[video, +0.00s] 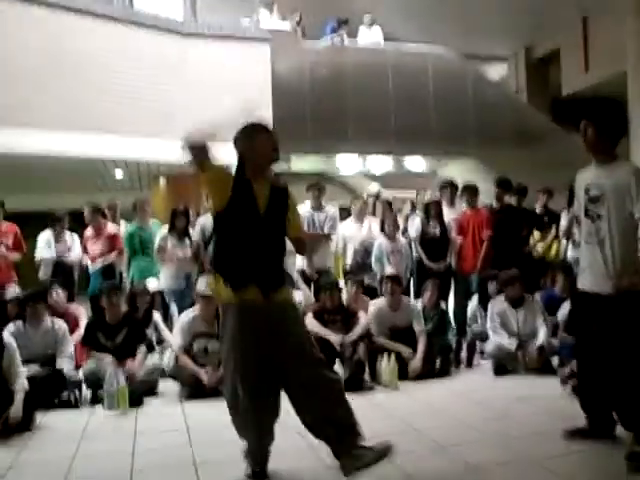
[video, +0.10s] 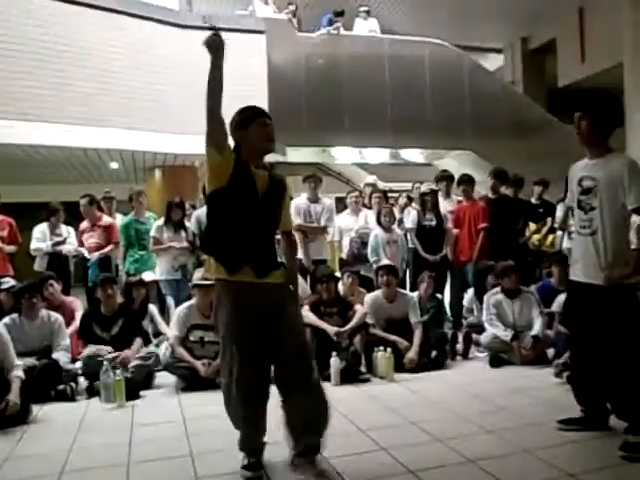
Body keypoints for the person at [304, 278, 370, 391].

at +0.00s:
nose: (330, 298)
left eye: (333, 293)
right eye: (326, 294)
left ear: (339, 294)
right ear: (319, 296)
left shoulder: (349, 311)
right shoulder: (315, 313)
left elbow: (363, 321)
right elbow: (310, 324)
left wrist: (349, 338)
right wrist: (332, 337)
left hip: (349, 348)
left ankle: (354, 380)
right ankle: (324, 383)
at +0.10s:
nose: (326, 288)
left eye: (329, 284)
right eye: (321, 284)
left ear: (335, 285)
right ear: (316, 287)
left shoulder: (343, 301)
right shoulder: (312, 302)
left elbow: (362, 311)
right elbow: (305, 314)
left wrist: (346, 330)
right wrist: (328, 328)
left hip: (344, 345)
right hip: (321, 344)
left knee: (360, 328)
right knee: (309, 330)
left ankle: (356, 367)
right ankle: (318, 370)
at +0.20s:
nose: (327, 287)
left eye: (330, 283)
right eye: (322, 283)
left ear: (337, 283)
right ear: (317, 286)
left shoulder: (344, 300)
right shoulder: (315, 301)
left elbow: (363, 310)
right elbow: (306, 313)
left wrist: (348, 329)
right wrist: (329, 327)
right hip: (324, 345)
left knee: (360, 329)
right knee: (311, 329)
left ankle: (361, 366)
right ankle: (314, 368)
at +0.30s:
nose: (329, 288)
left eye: (332, 283)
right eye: (325, 284)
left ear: (338, 284)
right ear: (319, 287)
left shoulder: (346, 300)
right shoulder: (316, 302)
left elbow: (365, 310)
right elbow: (307, 314)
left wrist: (351, 328)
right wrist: (331, 328)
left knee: (362, 330)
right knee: (313, 331)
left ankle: (364, 367)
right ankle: (316, 369)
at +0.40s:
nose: (329, 288)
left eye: (333, 284)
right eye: (325, 285)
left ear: (338, 285)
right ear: (320, 288)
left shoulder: (345, 301)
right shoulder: (317, 302)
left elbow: (365, 310)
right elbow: (308, 313)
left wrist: (350, 329)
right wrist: (331, 329)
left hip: (348, 345)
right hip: (325, 344)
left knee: (363, 327)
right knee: (315, 331)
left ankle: (358, 368)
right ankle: (324, 370)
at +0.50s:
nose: (330, 288)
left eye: (334, 284)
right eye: (326, 285)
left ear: (340, 285)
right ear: (321, 288)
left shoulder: (347, 301)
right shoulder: (318, 303)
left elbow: (366, 311)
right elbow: (310, 313)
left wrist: (351, 330)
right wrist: (332, 329)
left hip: (349, 343)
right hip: (327, 343)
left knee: (364, 327)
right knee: (315, 329)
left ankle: (358, 368)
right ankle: (328, 370)